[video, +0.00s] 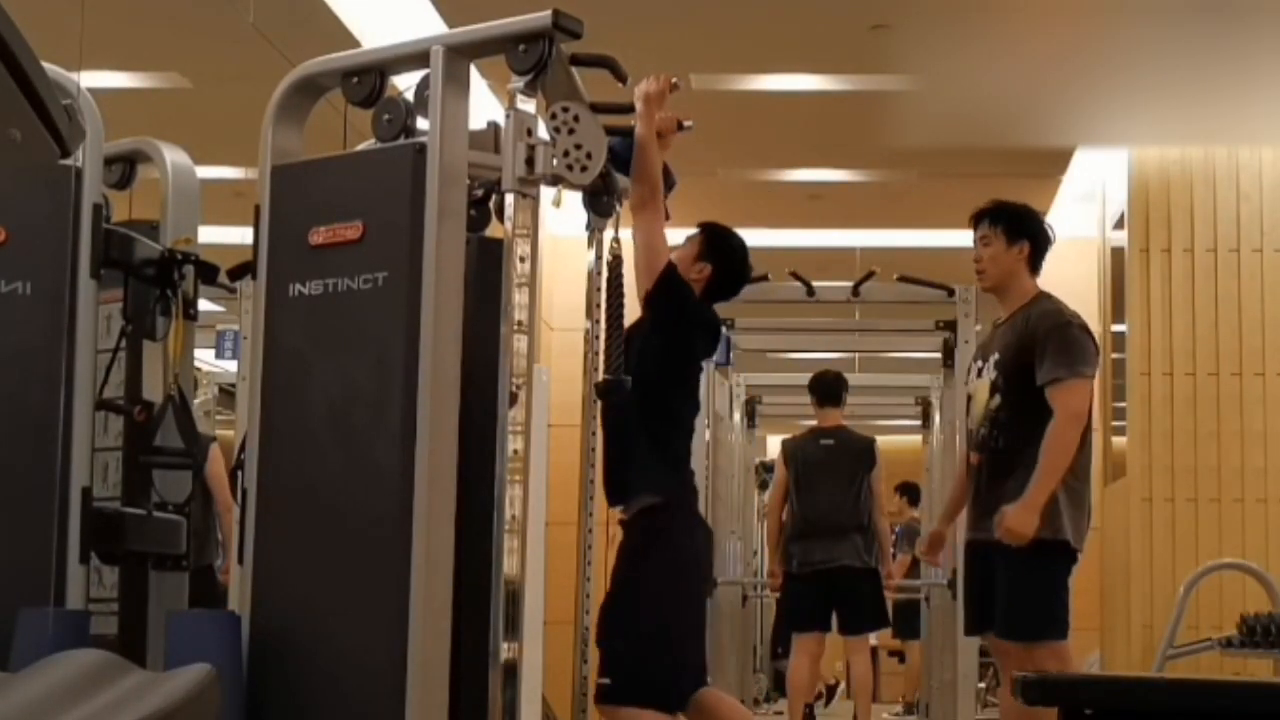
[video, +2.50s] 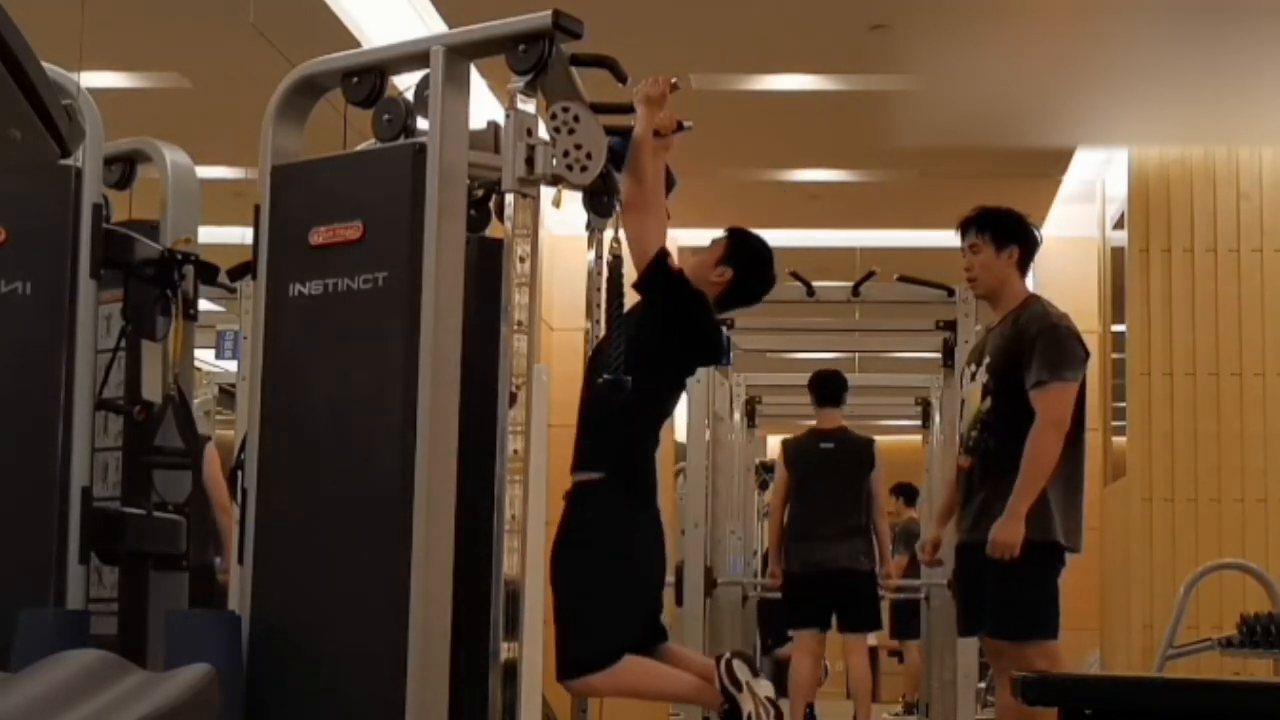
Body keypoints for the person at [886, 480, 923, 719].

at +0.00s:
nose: (894, 502)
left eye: (896, 497)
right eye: (895, 497)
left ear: (904, 499)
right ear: (913, 499)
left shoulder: (909, 526)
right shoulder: (911, 524)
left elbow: (903, 559)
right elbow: (904, 558)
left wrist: (891, 581)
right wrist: (893, 580)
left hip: (909, 592)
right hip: (910, 591)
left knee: (911, 648)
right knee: (912, 648)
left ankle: (910, 700)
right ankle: (912, 699)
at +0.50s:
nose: (895, 501)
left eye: (897, 496)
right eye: (896, 496)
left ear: (905, 497)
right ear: (913, 497)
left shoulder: (910, 522)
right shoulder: (913, 520)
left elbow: (899, 558)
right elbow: (900, 557)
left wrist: (886, 585)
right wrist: (889, 583)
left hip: (910, 591)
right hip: (913, 590)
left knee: (912, 646)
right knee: (912, 646)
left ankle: (910, 701)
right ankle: (912, 699)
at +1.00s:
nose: (894, 501)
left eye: (896, 496)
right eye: (896, 496)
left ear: (903, 498)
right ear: (915, 498)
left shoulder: (906, 526)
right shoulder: (916, 523)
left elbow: (901, 560)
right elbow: (903, 559)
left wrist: (884, 587)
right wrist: (890, 583)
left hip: (909, 592)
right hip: (916, 590)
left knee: (912, 647)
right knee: (914, 647)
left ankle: (910, 702)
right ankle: (914, 700)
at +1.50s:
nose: (894, 500)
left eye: (896, 496)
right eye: (895, 496)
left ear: (903, 497)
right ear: (912, 498)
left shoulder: (911, 523)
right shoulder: (910, 521)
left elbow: (900, 558)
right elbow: (901, 556)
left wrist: (884, 582)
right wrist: (887, 578)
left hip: (911, 590)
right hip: (908, 590)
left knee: (911, 647)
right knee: (909, 647)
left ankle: (911, 700)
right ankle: (912, 699)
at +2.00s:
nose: (891, 503)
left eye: (893, 498)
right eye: (893, 498)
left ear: (901, 499)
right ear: (913, 500)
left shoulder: (906, 527)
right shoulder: (915, 524)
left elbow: (901, 561)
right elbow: (903, 561)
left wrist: (887, 589)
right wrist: (891, 587)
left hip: (908, 593)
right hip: (914, 591)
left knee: (910, 647)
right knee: (912, 647)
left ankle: (911, 700)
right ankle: (913, 698)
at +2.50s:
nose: (891, 504)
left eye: (893, 500)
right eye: (892, 500)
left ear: (901, 500)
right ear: (911, 500)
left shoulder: (907, 526)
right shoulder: (912, 524)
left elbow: (901, 560)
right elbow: (902, 558)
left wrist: (888, 578)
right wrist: (891, 575)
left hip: (907, 590)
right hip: (911, 589)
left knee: (910, 647)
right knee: (911, 647)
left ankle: (911, 700)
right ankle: (912, 699)